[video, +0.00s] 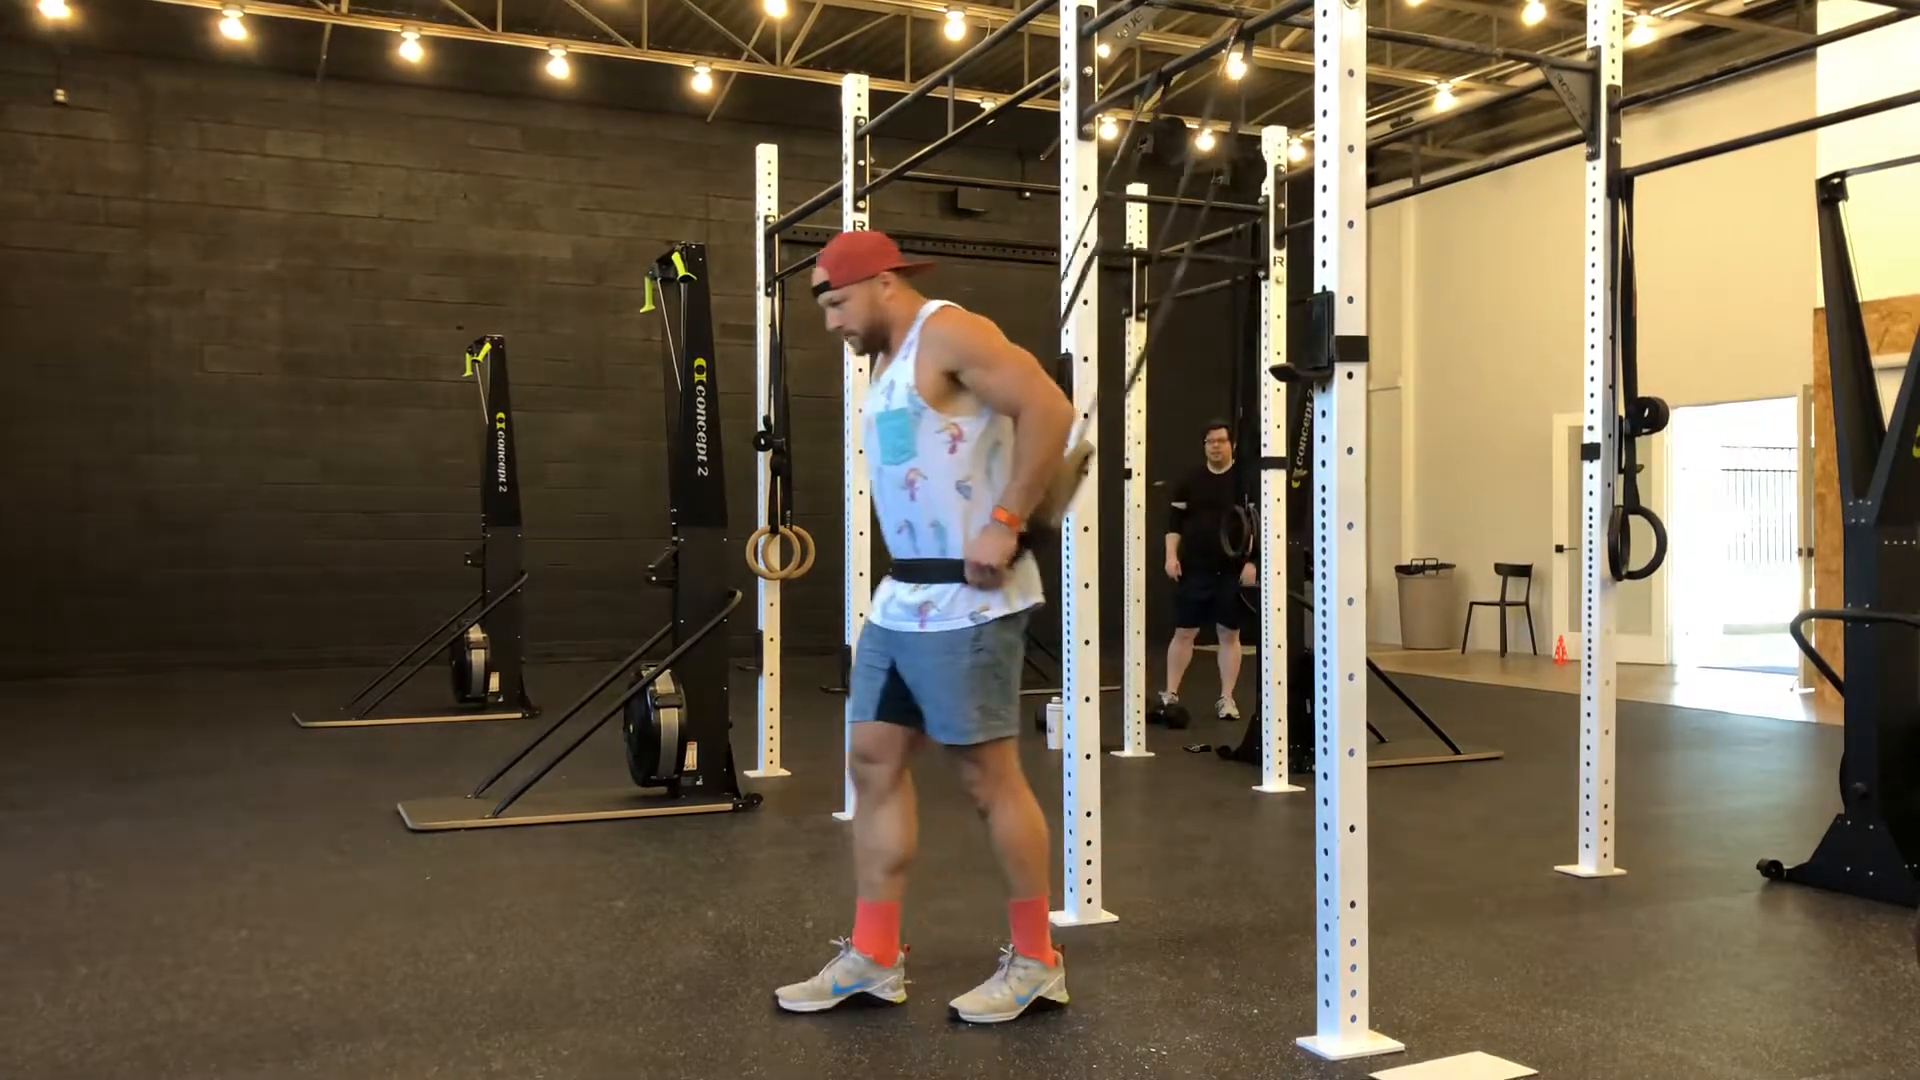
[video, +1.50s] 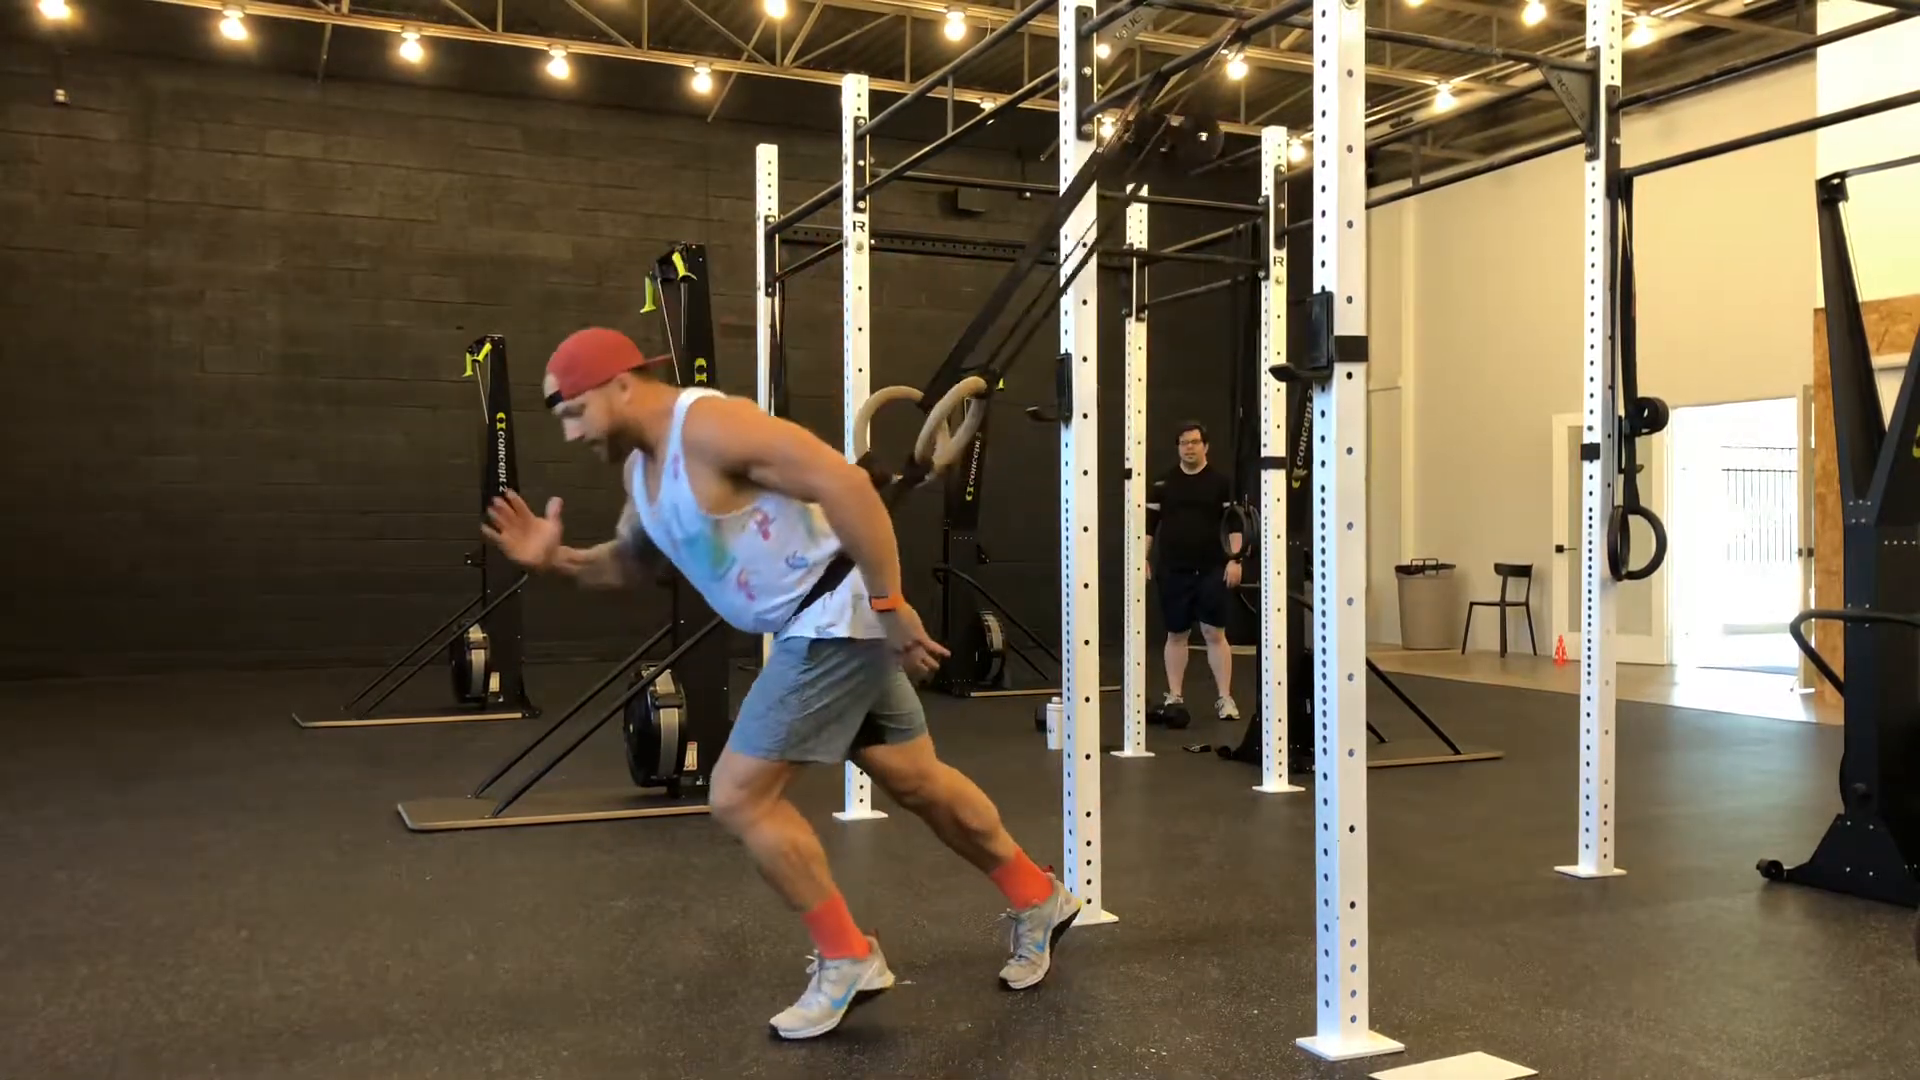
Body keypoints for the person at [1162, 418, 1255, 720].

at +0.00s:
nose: (1216, 447)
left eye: (1221, 441)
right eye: (1210, 442)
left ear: (1232, 444)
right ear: (1203, 446)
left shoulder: (1245, 478)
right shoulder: (1190, 480)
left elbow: (1260, 523)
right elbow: (1174, 522)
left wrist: (1253, 561)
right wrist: (1171, 555)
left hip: (1231, 570)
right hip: (1193, 567)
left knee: (1229, 633)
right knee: (1184, 632)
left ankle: (1227, 698)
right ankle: (1170, 694)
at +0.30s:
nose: (1206, 447)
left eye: (1211, 441)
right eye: (1201, 442)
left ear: (1223, 445)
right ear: (1194, 446)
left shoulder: (1238, 480)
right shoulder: (1181, 481)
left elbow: (1254, 524)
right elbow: (1165, 524)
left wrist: (1253, 561)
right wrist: (1160, 560)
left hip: (1226, 569)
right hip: (1186, 568)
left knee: (1225, 633)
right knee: (1185, 633)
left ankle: (1226, 699)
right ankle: (1175, 695)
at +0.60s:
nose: (1192, 446)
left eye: (1198, 441)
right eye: (1188, 441)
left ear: (1211, 445)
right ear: (1183, 445)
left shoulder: (1226, 479)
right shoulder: (1171, 481)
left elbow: (1238, 522)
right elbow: (1154, 522)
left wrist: (1238, 556)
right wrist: (1145, 554)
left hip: (1215, 569)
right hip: (1177, 569)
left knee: (1219, 633)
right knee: (1179, 633)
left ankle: (1226, 697)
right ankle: (1175, 695)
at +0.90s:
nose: (1189, 447)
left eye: (1194, 442)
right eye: (1184, 443)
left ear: (1205, 446)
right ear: (1177, 447)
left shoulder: (1220, 481)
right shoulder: (1166, 483)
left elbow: (1233, 523)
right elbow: (1149, 528)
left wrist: (1232, 557)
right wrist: (1140, 563)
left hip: (1211, 570)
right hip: (1173, 569)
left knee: (1215, 633)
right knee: (1176, 634)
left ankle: (1224, 697)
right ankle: (1174, 696)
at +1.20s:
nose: (1188, 447)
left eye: (1194, 442)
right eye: (1183, 443)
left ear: (1205, 446)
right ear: (1176, 448)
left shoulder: (1219, 481)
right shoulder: (1165, 483)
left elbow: (1233, 523)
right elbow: (1149, 526)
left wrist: (1235, 560)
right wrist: (1142, 561)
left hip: (1210, 569)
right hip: (1172, 569)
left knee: (1214, 633)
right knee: (1176, 634)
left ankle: (1225, 698)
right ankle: (1174, 696)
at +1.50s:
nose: (1189, 448)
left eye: (1194, 443)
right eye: (1184, 443)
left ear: (1205, 446)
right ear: (1177, 448)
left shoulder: (1220, 482)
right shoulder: (1165, 484)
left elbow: (1234, 524)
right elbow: (1150, 525)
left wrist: (1235, 559)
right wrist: (1143, 557)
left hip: (1211, 569)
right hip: (1173, 569)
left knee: (1214, 633)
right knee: (1176, 634)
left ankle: (1225, 698)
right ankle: (1174, 696)